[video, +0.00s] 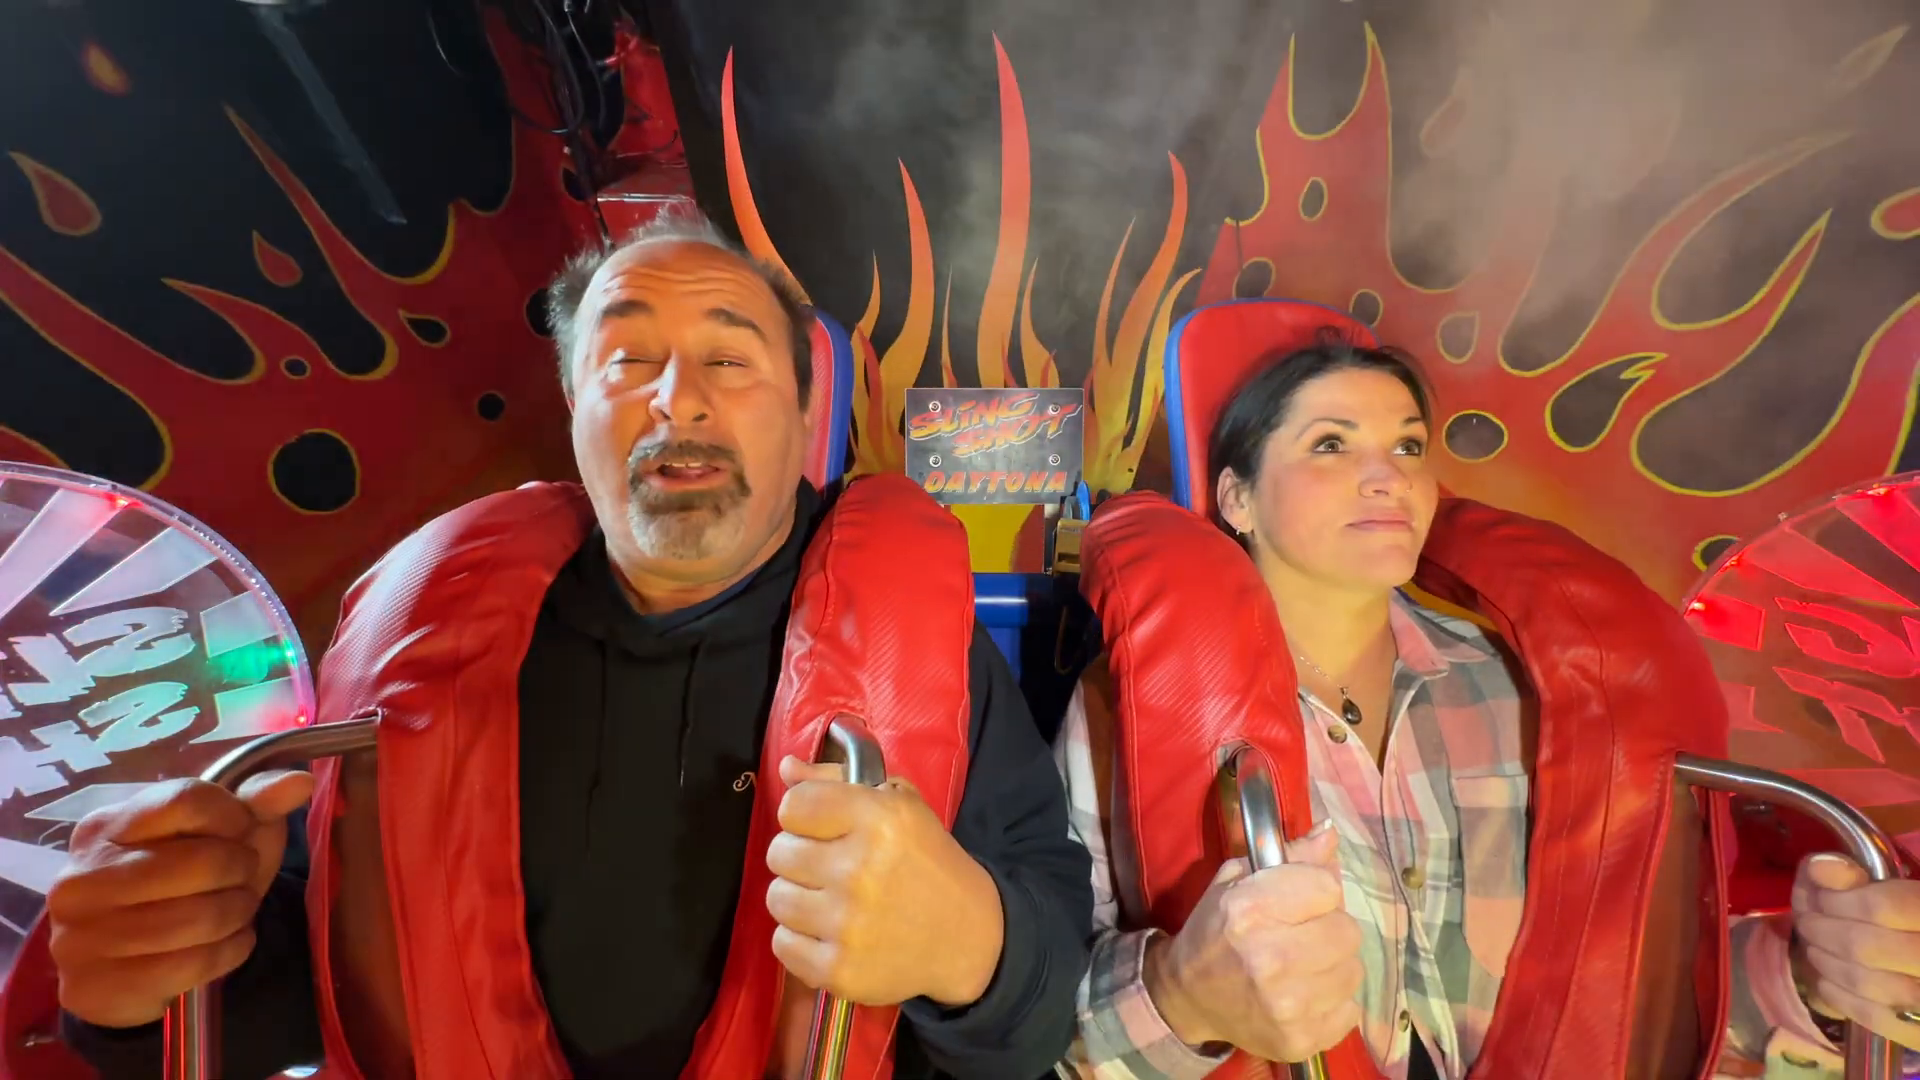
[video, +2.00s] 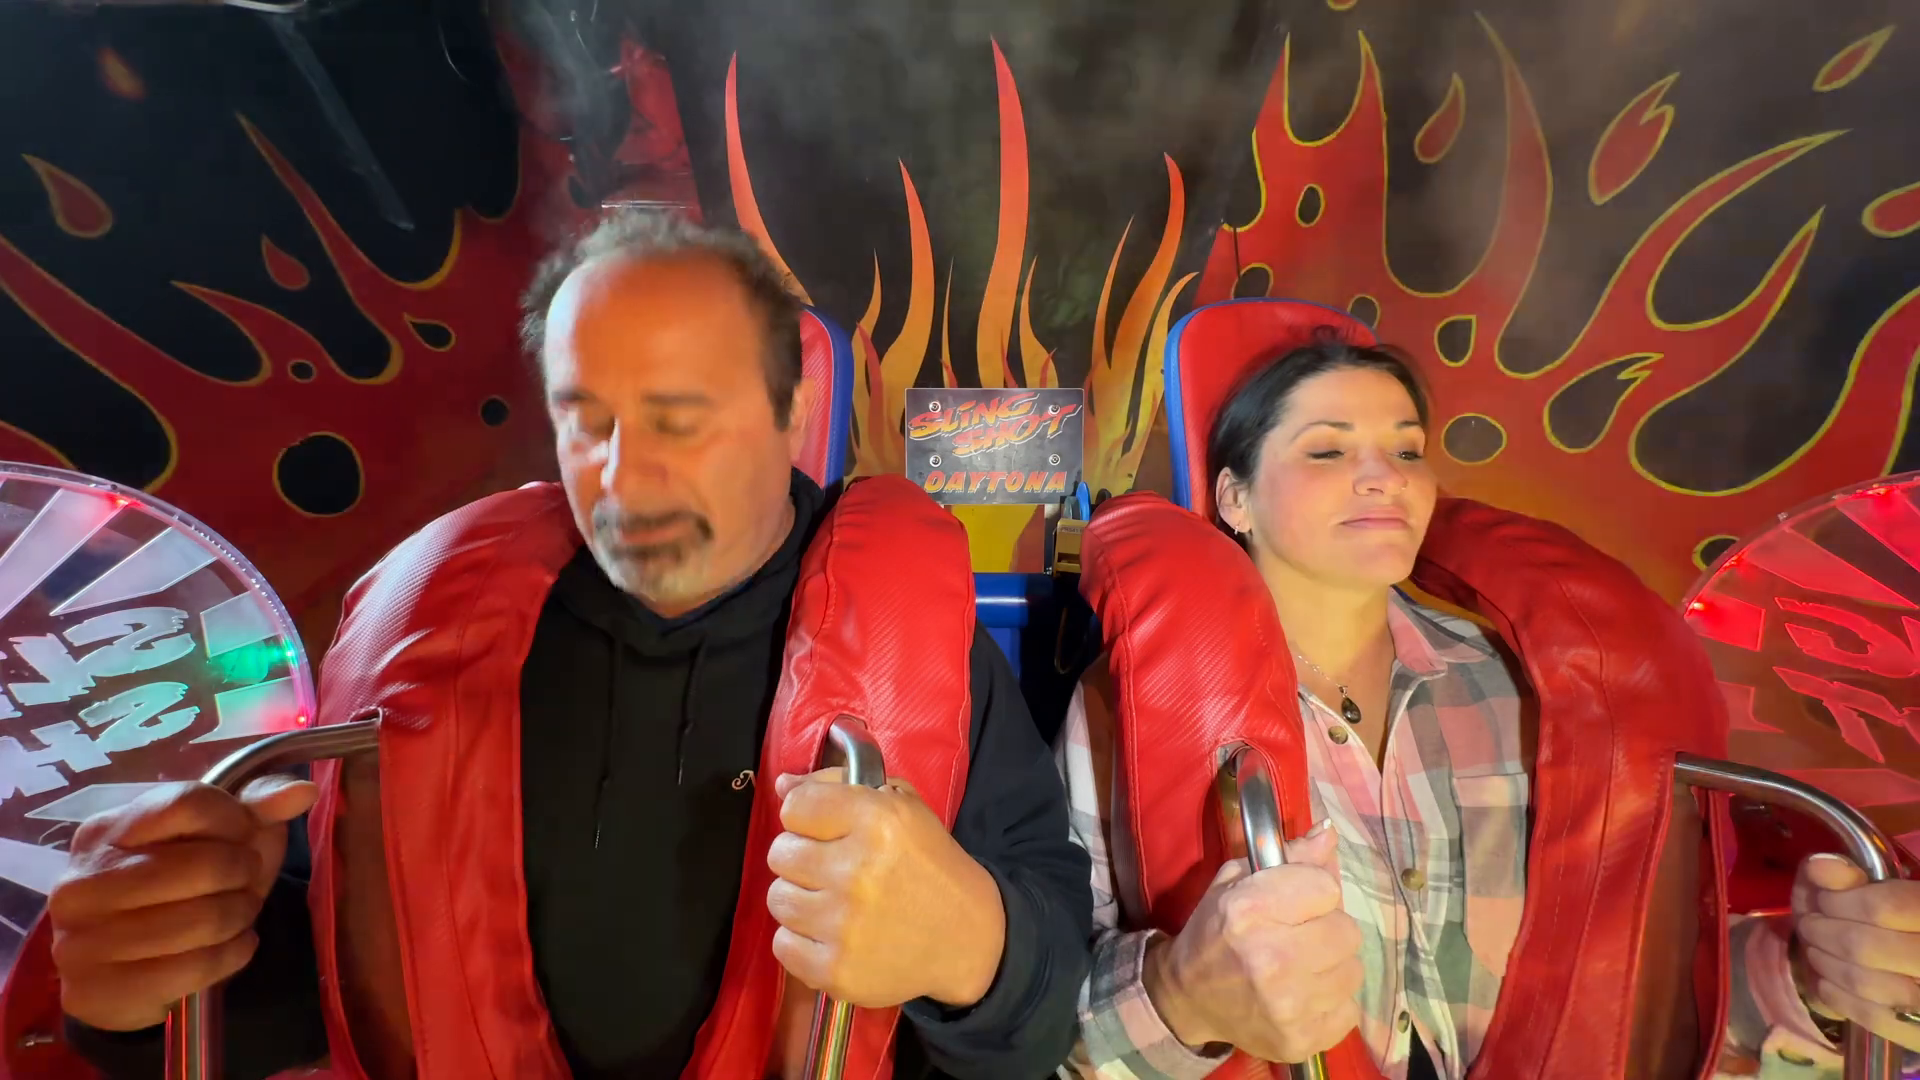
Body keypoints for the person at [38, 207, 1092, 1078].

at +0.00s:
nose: (674, 403)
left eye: (728, 362)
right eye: (629, 366)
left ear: (805, 418)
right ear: (572, 426)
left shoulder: (927, 654)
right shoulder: (416, 634)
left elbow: (1044, 1012)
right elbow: (295, 990)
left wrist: (980, 949)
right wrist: (109, 985)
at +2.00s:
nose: (623, 478)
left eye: (680, 419)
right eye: (588, 421)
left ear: (791, 416)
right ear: (549, 427)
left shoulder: (925, 644)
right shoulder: (419, 623)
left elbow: (1048, 1008)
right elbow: (303, 977)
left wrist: (981, 948)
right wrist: (106, 988)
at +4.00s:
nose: (638, 353)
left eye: (697, 322)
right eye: (612, 334)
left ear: (807, 404)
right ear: (582, 413)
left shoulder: (923, 661)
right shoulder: (425, 630)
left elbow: (1043, 1006)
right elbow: (309, 982)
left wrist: (979, 958)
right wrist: (107, 980)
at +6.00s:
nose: (623, 361)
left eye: (683, 324)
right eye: (600, 340)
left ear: (799, 396)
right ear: (577, 413)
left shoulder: (918, 652)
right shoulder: (440, 638)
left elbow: (1045, 1011)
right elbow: (315, 985)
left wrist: (971, 950)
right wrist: (110, 981)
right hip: (490, 1067)